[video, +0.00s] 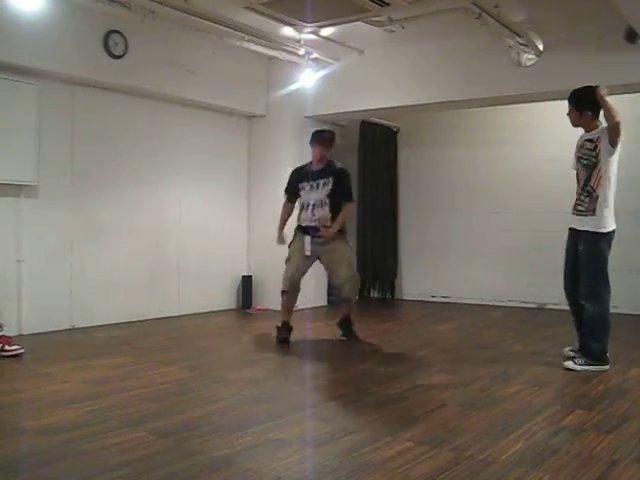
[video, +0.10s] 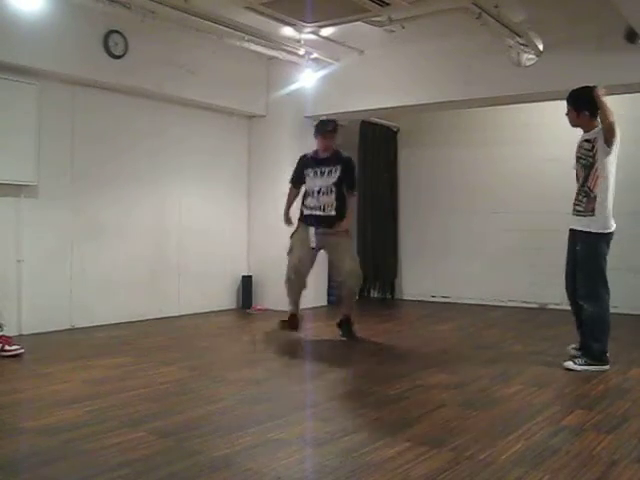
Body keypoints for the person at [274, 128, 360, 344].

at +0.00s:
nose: (321, 153)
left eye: (325, 149)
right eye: (318, 148)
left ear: (331, 150)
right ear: (311, 147)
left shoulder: (340, 174)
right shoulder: (298, 174)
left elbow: (349, 204)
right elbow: (289, 202)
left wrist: (335, 227)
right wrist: (281, 228)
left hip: (332, 237)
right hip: (304, 236)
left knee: (348, 278)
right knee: (290, 277)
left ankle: (346, 321)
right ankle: (285, 325)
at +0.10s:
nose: (327, 142)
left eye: (330, 137)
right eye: (323, 137)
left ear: (336, 138)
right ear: (316, 138)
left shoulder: (345, 163)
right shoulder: (305, 161)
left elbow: (351, 194)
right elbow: (295, 187)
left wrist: (347, 220)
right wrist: (287, 210)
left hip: (336, 228)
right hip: (307, 228)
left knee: (351, 272)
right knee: (295, 269)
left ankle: (346, 319)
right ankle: (293, 315)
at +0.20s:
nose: (330, 137)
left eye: (333, 132)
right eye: (326, 132)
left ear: (338, 133)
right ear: (318, 133)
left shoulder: (348, 158)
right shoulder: (308, 153)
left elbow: (361, 185)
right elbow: (298, 173)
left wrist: (359, 202)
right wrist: (283, 191)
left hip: (336, 222)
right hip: (308, 221)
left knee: (349, 270)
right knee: (297, 263)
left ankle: (347, 318)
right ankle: (308, 299)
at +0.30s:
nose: (331, 136)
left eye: (334, 132)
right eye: (327, 132)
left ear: (338, 133)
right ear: (319, 132)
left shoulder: (346, 155)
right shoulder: (310, 150)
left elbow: (366, 167)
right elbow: (294, 161)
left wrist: (362, 170)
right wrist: (282, 169)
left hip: (335, 223)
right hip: (309, 221)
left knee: (344, 272)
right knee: (302, 265)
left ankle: (350, 319)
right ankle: (310, 294)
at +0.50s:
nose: (321, 150)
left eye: (325, 146)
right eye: (318, 146)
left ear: (330, 147)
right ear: (310, 146)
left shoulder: (338, 168)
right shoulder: (300, 170)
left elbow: (357, 180)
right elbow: (303, 195)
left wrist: (341, 177)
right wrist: (326, 206)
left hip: (337, 234)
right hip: (309, 235)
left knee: (346, 278)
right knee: (291, 276)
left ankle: (351, 320)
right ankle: (283, 308)